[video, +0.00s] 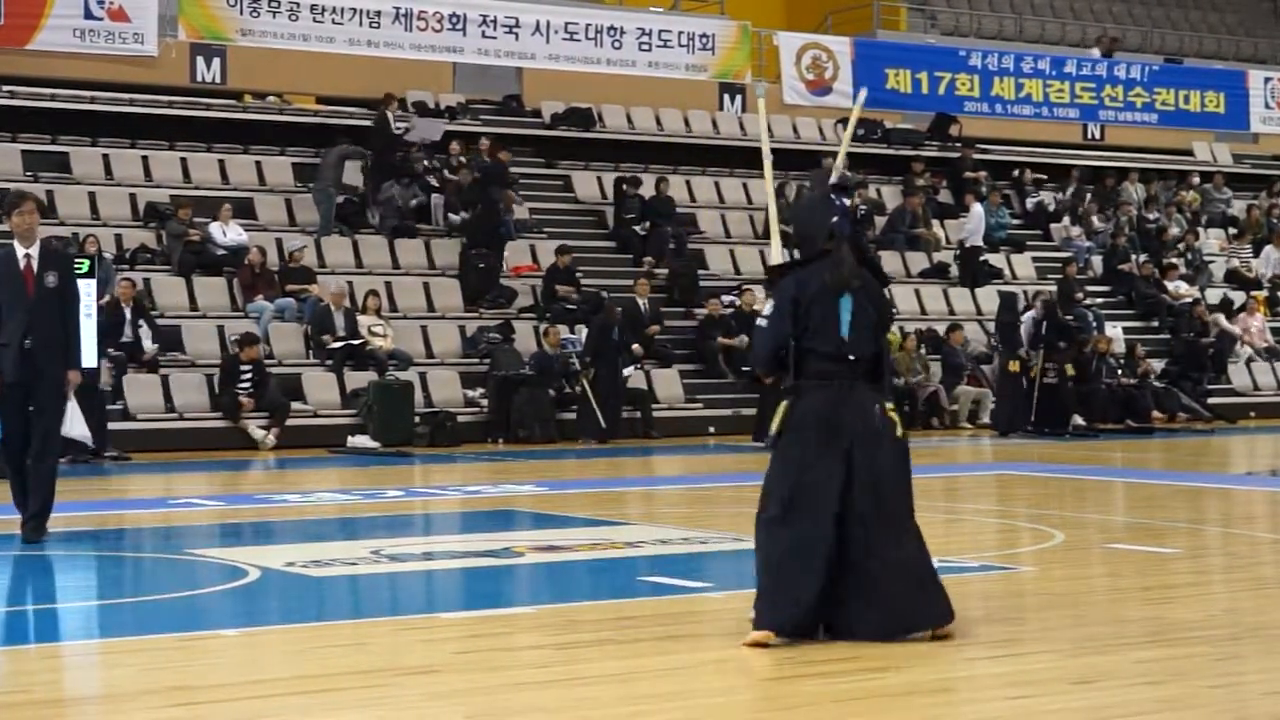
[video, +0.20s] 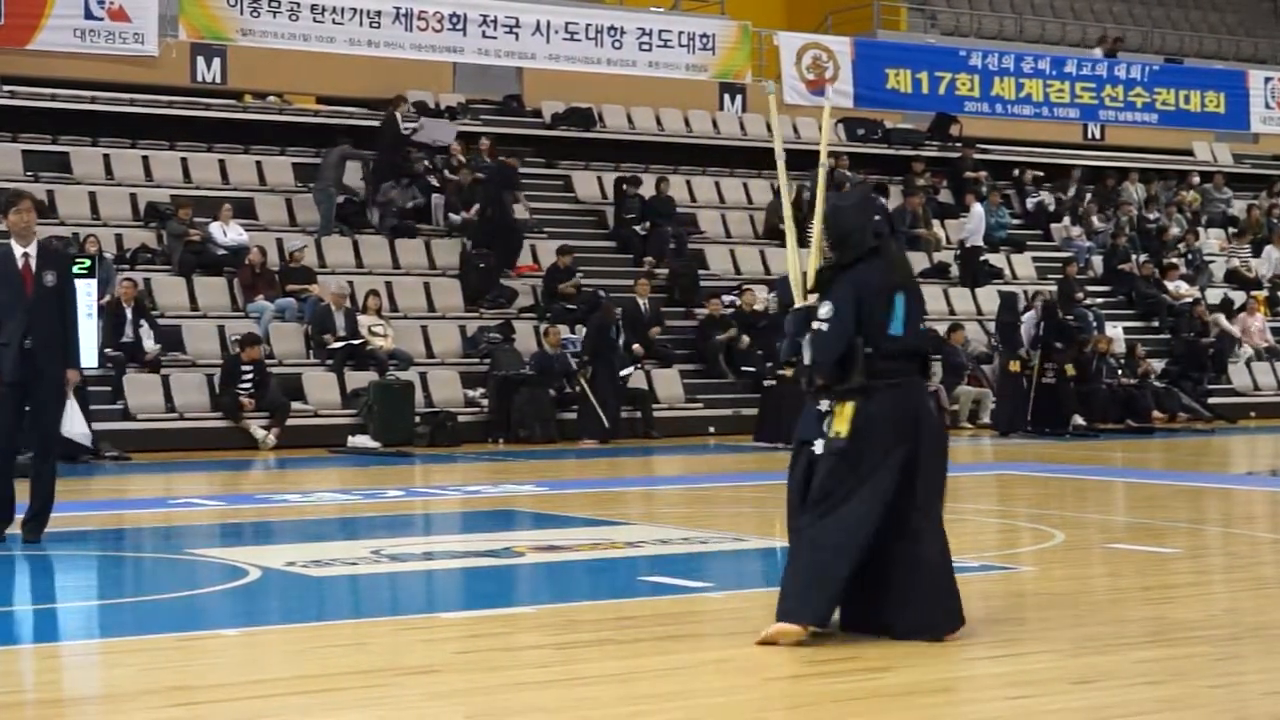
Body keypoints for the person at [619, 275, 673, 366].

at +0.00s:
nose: (644, 288)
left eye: (646, 285)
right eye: (640, 285)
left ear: (649, 287)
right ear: (635, 288)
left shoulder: (653, 304)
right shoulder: (628, 305)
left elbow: (660, 323)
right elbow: (625, 328)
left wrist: (657, 328)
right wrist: (633, 344)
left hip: (649, 344)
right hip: (633, 344)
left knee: (668, 356)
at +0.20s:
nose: (644, 288)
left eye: (646, 285)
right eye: (641, 285)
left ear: (650, 288)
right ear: (635, 288)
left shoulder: (654, 304)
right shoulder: (628, 305)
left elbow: (660, 323)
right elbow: (626, 328)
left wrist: (657, 329)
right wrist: (634, 344)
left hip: (650, 343)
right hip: (634, 343)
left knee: (668, 355)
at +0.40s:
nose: (644, 288)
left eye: (646, 285)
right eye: (641, 285)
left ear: (650, 288)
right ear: (635, 288)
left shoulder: (655, 303)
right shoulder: (629, 304)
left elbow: (662, 323)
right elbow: (627, 328)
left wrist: (660, 332)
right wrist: (634, 343)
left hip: (651, 342)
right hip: (634, 343)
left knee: (669, 355)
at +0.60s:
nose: (644, 287)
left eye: (646, 284)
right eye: (640, 284)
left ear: (650, 287)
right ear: (635, 287)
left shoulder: (655, 303)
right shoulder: (628, 304)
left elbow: (662, 323)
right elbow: (627, 328)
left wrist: (661, 333)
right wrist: (634, 343)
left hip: (652, 342)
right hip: (635, 343)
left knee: (669, 354)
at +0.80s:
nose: (643, 288)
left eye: (646, 285)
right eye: (640, 285)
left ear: (650, 287)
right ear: (635, 287)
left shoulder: (654, 303)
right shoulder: (628, 304)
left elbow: (661, 323)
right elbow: (627, 328)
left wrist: (660, 333)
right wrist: (634, 343)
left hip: (651, 342)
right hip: (635, 342)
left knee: (669, 355)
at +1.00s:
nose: (644, 288)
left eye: (646, 285)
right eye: (640, 285)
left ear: (650, 287)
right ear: (635, 288)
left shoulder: (654, 303)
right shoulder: (629, 305)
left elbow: (661, 325)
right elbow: (627, 328)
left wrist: (659, 333)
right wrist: (634, 344)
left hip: (651, 342)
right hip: (635, 343)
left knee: (670, 355)